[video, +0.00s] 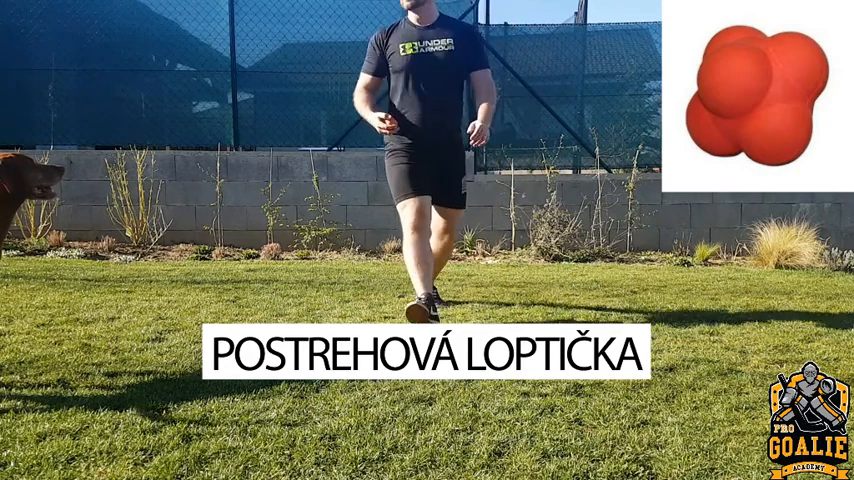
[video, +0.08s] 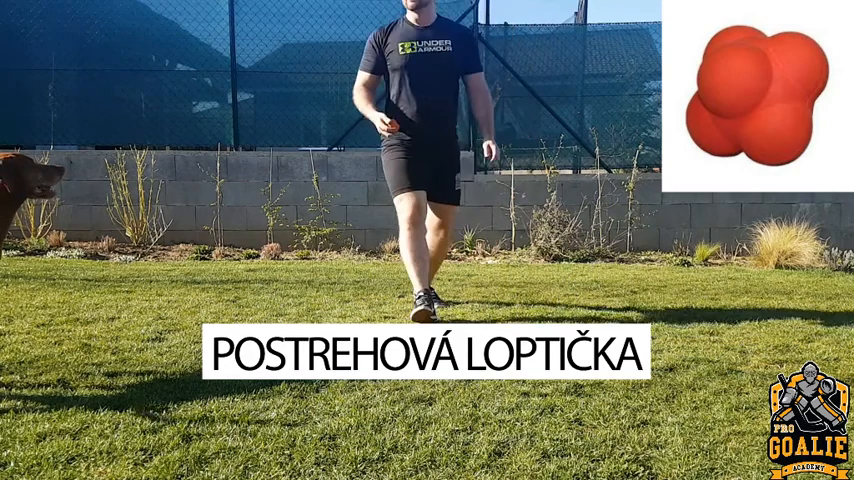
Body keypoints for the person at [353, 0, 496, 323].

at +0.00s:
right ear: (400, 0)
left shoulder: (464, 33)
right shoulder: (384, 38)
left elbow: (485, 88)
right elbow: (362, 92)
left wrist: (483, 120)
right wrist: (372, 115)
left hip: (448, 142)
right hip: (404, 141)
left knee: (445, 233)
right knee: (414, 220)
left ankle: (425, 286)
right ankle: (425, 299)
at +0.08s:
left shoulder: (460, 36)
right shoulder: (382, 37)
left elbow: (477, 88)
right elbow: (361, 89)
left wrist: (488, 135)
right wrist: (373, 114)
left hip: (443, 140)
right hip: (401, 139)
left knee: (441, 226)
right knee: (411, 212)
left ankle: (424, 286)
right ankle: (421, 294)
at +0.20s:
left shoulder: (456, 33)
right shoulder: (380, 32)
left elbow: (472, 87)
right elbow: (358, 85)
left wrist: (487, 136)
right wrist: (374, 109)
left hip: (438, 134)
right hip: (396, 132)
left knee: (438, 220)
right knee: (400, 207)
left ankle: (423, 286)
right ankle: (405, 291)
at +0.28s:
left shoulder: (450, 30)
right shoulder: (375, 30)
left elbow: (467, 83)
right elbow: (352, 82)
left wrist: (479, 130)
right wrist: (370, 93)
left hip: (432, 132)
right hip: (390, 131)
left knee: (434, 214)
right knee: (384, 204)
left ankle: (423, 286)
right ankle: (376, 284)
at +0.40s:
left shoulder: (443, 30)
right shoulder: (368, 32)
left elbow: (459, 80)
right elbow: (342, 84)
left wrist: (470, 125)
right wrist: (363, 73)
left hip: (427, 135)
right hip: (382, 134)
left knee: (430, 218)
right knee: (363, 207)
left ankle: (423, 287)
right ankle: (345, 283)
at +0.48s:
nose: (394, 3)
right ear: (378, 0)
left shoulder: (434, 32)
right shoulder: (359, 35)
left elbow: (450, 83)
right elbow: (334, 85)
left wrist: (461, 126)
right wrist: (354, 55)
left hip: (420, 138)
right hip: (374, 137)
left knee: (426, 217)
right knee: (349, 211)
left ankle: (423, 287)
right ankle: (325, 287)